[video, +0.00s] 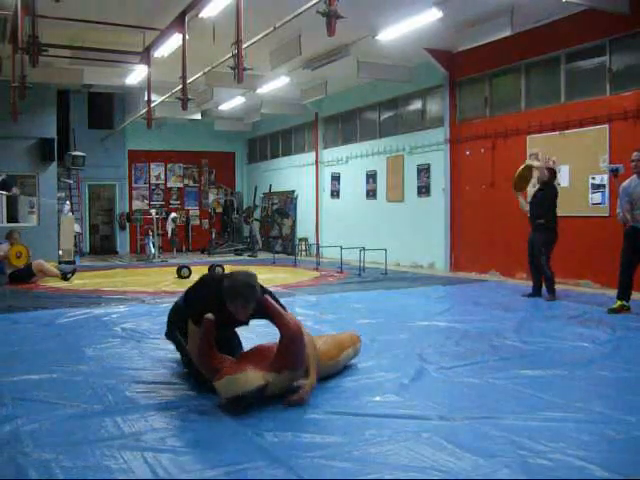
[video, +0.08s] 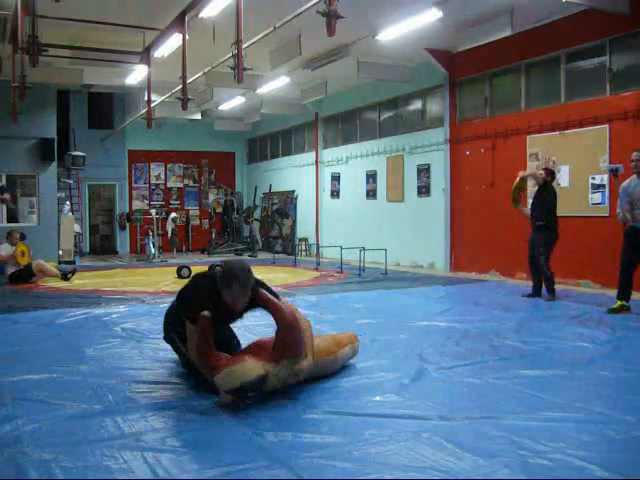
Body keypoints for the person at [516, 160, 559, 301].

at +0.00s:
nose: (539, 175)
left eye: (543, 172)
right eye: (539, 172)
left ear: (549, 176)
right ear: (541, 175)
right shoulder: (542, 189)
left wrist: (521, 200)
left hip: (546, 228)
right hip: (537, 228)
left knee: (542, 259)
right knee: (533, 259)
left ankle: (550, 291)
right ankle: (536, 289)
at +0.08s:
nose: (539, 177)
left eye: (542, 175)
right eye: (539, 174)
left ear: (548, 178)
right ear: (546, 177)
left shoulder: (548, 190)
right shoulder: (541, 190)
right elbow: (538, 214)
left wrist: (528, 174)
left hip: (547, 231)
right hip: (538, 230)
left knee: (542, 260)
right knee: (533, 260)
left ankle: (550, 291)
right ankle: (536, 290)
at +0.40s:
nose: (524, 180)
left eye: (527, 178)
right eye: (525, 178)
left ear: (535, 182)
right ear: (533, 182)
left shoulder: (539, 195)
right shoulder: (534, 196)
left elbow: (539, 211)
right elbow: (538, 216)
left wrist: (517, 214)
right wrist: (526, 223)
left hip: (550, 232)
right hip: (541, 232)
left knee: (544, 259)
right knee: (535, 260)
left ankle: (551, 292)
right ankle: (536, 290)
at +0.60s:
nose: (515, 183)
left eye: (518, 181)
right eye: (515, 181)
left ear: (527, 183)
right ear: (525, 183)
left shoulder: (538, 194)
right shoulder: (527, 199)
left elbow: (548, 208)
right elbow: (535, 217)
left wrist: (529, 219)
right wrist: (524, 229)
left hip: (551, 230)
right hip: (539, 231)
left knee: (548, 260)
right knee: (536, 260)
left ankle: (552, 292)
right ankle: (536, 290)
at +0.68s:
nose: (513, 184)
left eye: (515, 182)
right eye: (513, 182)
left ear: (524, 184)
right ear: (521, 184)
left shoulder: (537, 194)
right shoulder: (525, 201)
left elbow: (547, 208)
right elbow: (534, 218)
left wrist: (528, 219)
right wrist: (523, 229)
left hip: (551, 230)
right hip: (539, 231)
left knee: (549, 260)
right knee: (535, 260)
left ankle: (552, 292)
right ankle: (536, 290)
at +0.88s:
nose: (514, 183)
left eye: (517, 180)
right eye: (514, 180)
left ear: (526, 182)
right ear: (523, 183)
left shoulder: (536, 193)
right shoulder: (526, 199)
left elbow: (541, 204)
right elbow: (533, 219)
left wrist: (520, 214)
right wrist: (522, 227)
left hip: (549, 230)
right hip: (537, 231)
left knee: (548, 260)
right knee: (535, 260)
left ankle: (553, 292)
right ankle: (536, 290)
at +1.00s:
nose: (517, 181)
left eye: (520, 178)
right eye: (517, 178)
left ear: (529, 180)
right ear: (527, 181)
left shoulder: (534, 191)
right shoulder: (530, 194)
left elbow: (535, 203)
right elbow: (537, 217)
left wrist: (515, 210)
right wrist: (523, 225)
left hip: (547, 230)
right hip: (537, 231)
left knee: (547, 260)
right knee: (535, 261)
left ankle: (552, 292)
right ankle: (536, 290)